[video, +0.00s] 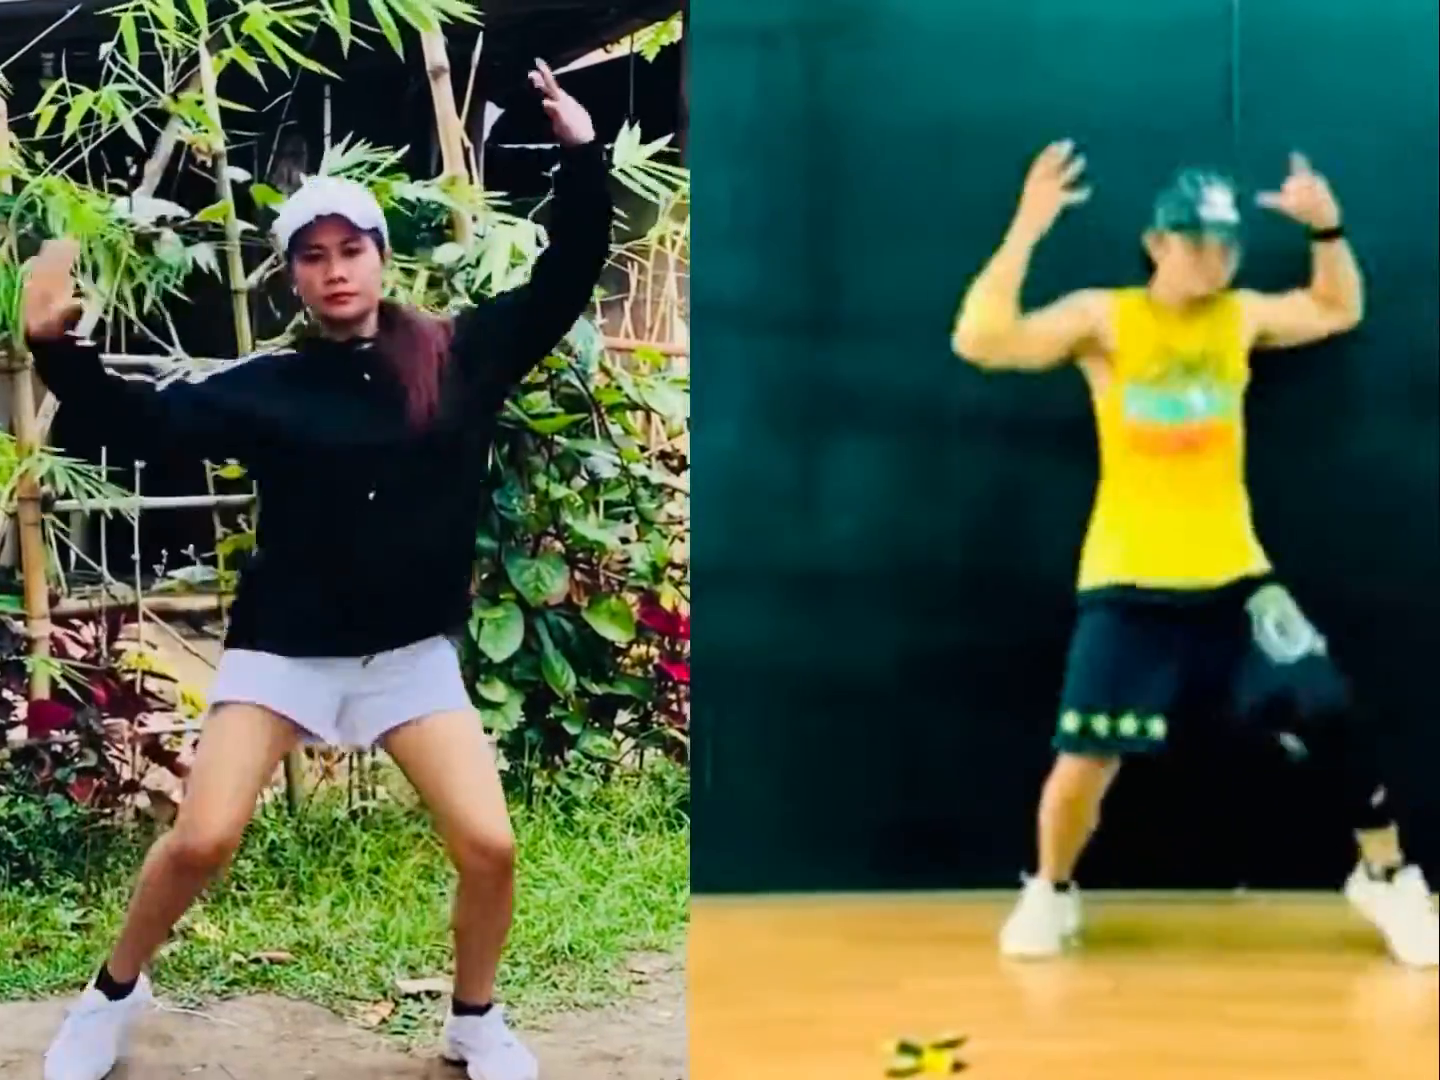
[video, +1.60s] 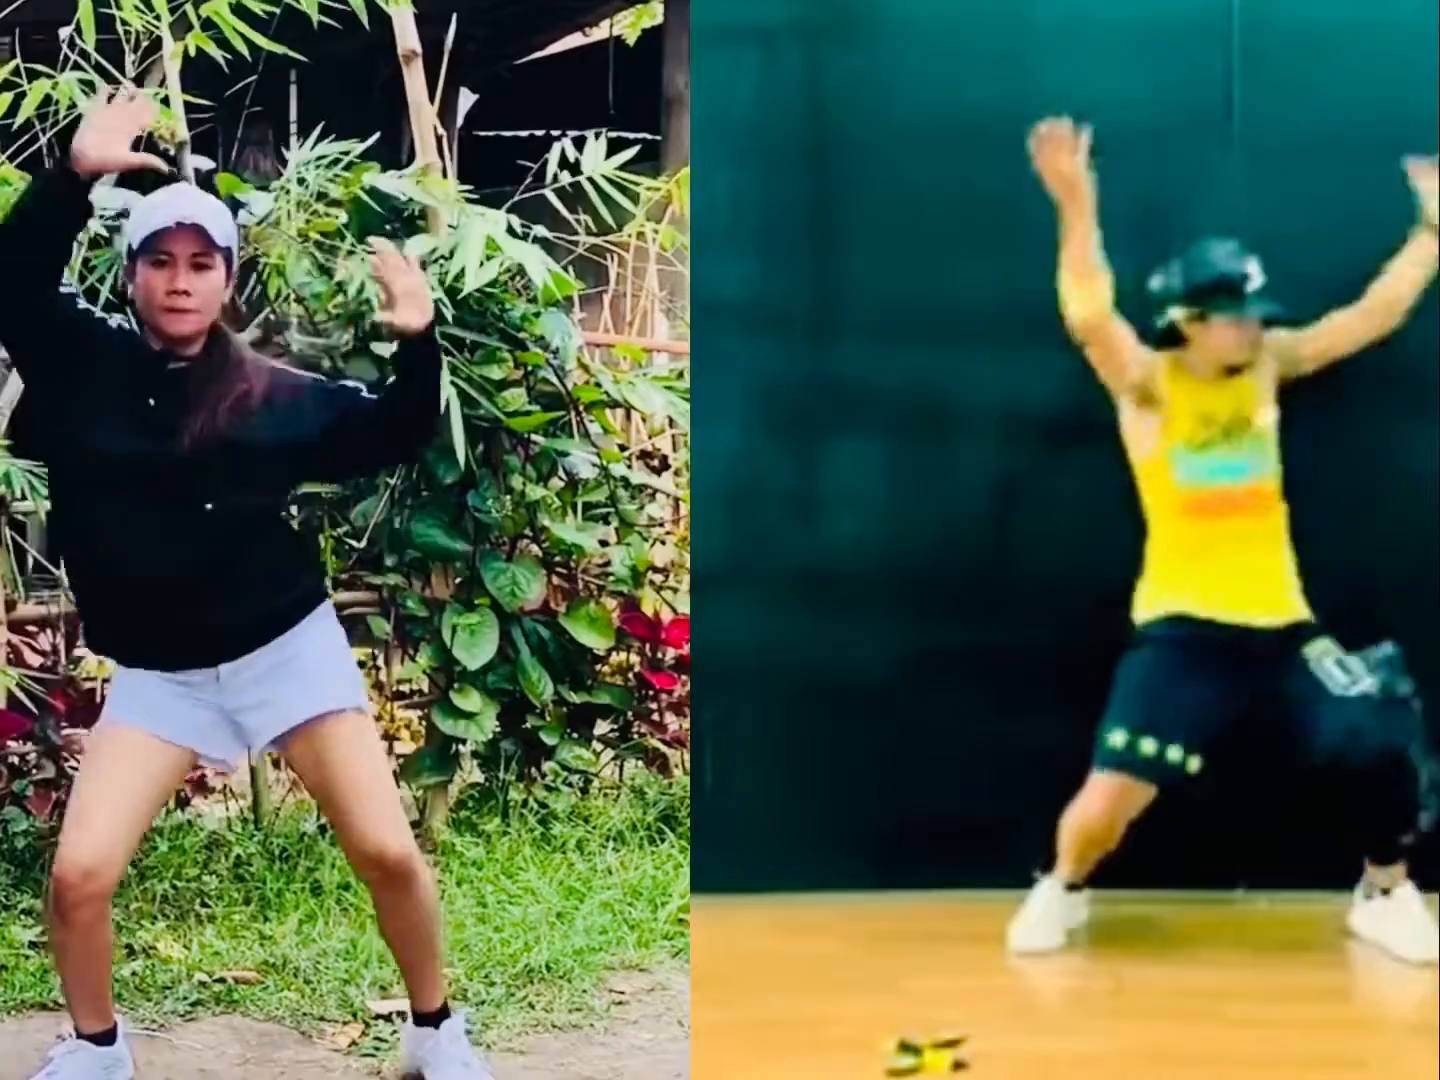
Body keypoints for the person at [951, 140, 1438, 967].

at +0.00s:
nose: (1209, 264)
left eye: (1222, 249)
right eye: (1195, 246)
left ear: (1236, 255)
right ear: (1157, 244)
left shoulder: (1242, 316)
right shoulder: (1101, 318)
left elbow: (1338, 309)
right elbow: (980, 338)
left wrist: (1326, 227)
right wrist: (1027, 229)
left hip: (1233, 572)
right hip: (1127, 577)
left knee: (1329, 708)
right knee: (1089, 753)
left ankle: (1386, 873)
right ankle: (1049, 892)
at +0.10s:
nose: (1183, 207)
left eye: (1196, 191)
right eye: (1167, 188)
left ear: (1211, 198)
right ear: (1132, 189)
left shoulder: (1219, 279)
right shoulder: (1075, 264)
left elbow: (1321, 318)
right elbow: (949, 295)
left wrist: (1317, 213)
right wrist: (1026, 202)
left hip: (1227, 515)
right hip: (1123, 535)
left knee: (1352, 621)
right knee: (1095, 714)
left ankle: (1363, 800)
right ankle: (1052, 882)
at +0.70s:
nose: (1224, 290)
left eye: (1239, 274)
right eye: (1208, 273)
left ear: (1259, 281)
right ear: (1181, 279)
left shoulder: (1286, 354)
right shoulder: (1145, 346)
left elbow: (1377, 295)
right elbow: (1061, 271)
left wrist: (1434, 221)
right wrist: (1055, 157)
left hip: (1288, 605)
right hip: (1176, 610)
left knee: (1377, 745)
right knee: (1111, 786)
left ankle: (1383, 893)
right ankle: (1091, 883)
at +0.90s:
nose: (1286, 253)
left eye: (1300, 234)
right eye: (1270, 237)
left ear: (1329, 226)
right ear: (1253, 237)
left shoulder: (1379, 284)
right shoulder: (1226, 309)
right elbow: (1115, 362)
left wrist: (1429, 188)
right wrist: (1104, 259)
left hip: (1341, 556)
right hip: (1233, 543)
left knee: (1402, 726)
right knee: (1140, 691)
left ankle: (1385, 891)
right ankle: (1040, 810)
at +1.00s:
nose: (1289, 233)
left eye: (1303, 214)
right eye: (1273, 218)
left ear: (1336, 205)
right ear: (1256, 217)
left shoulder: (1380, 283)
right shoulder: (1230, 282)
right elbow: (1124, 319)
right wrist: (1179, 221)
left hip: (1358, 530)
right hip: (1248, 516)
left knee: (1406, 714)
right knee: (1132, 600)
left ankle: (1388, 888)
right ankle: (1093, 727)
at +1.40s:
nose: (1317, 246)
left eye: (1320, 230)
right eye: (1300, 232)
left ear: (1326, 233)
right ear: (1255, 238)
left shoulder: (1349, 306)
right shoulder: (1195, 304)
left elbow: (1439, 315)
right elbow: (1068, 293)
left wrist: (1437, 208)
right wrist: (1170, 222)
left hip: (1352, 558)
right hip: (1235, 563)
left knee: (1425, 699)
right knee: (1132, 713)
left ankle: (1396, 884)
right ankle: (1040, 838)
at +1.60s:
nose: (1245, 330)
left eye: (1249, 315)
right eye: (1228, 317)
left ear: (1254, 318)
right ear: (1183, 323)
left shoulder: (1270, 365)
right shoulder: (1144, 385)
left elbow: (1373, 316)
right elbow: (1087, 311)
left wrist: (1430, 231)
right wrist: (1075, 203)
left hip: (1284, 631)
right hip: (1180, 631)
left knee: (1406, 738)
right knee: (1110, 800)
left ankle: (1386, 894)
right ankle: (1061, 889)